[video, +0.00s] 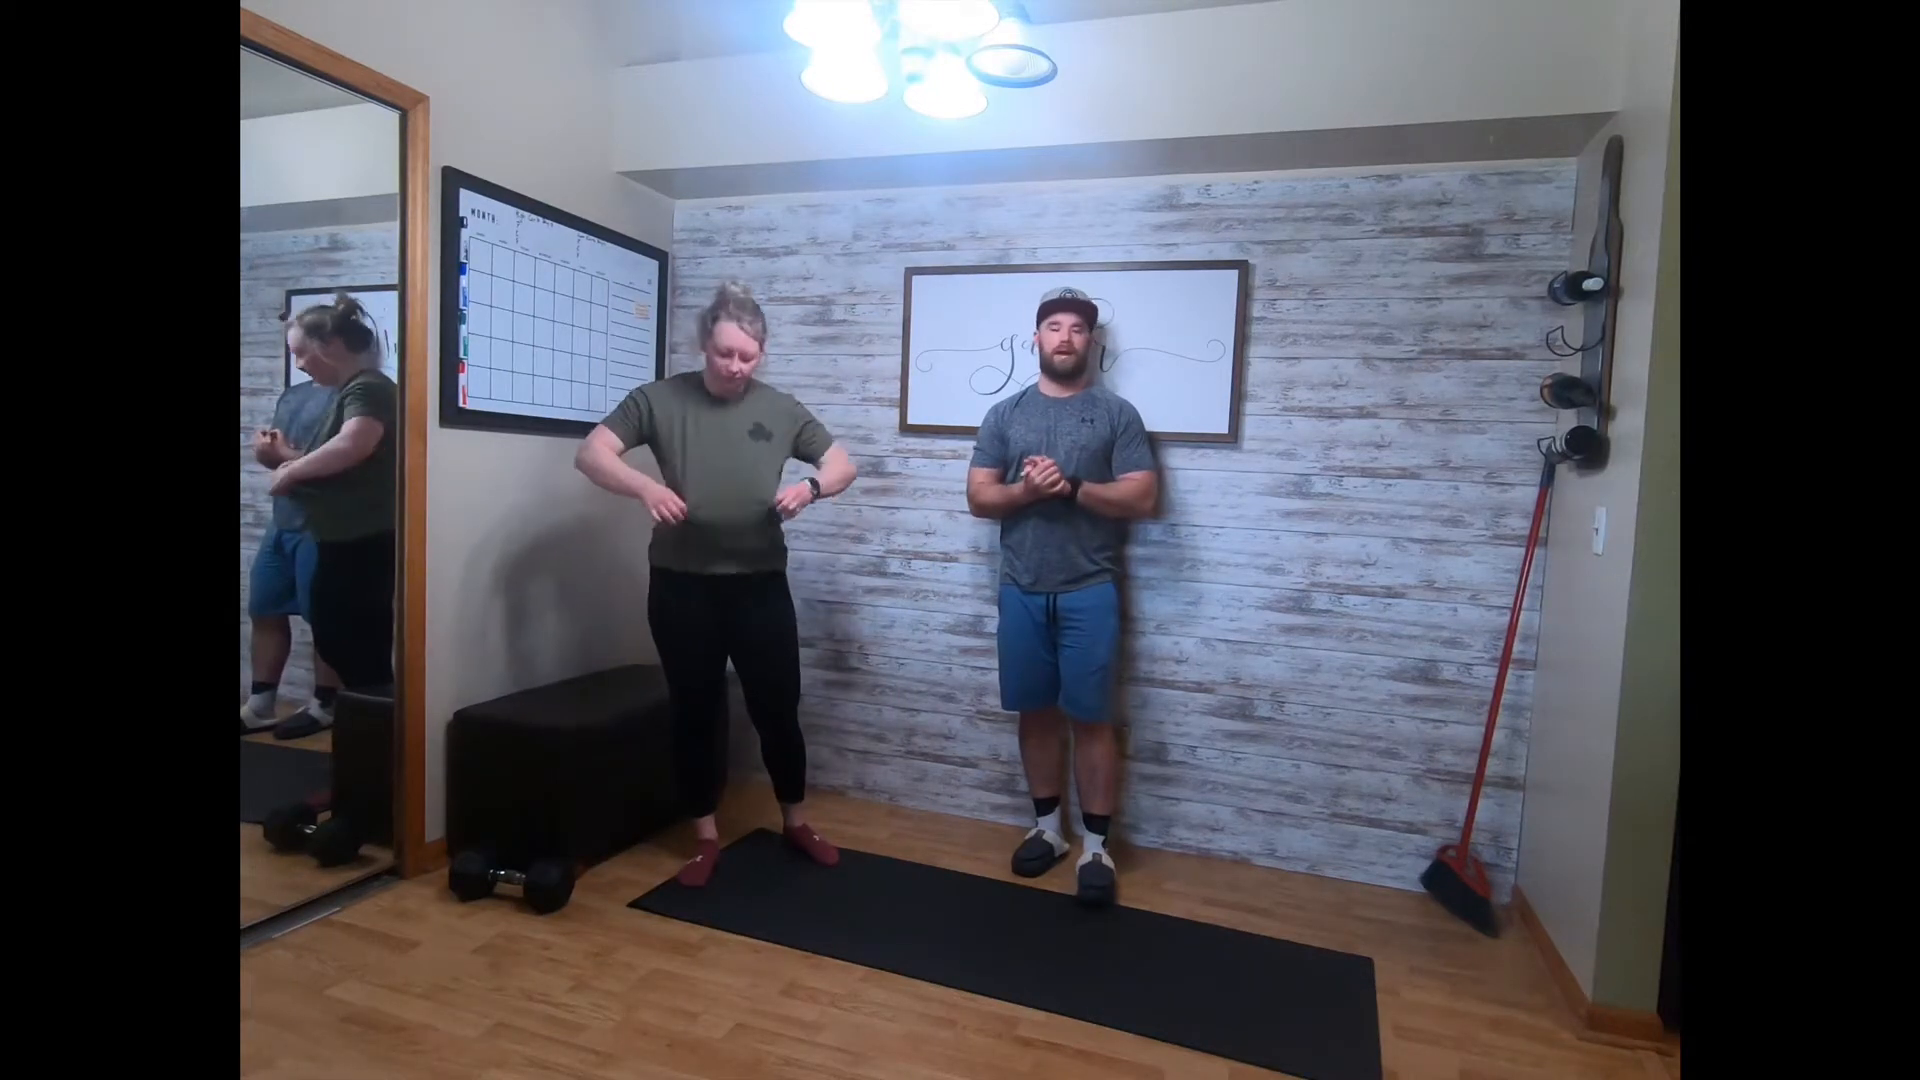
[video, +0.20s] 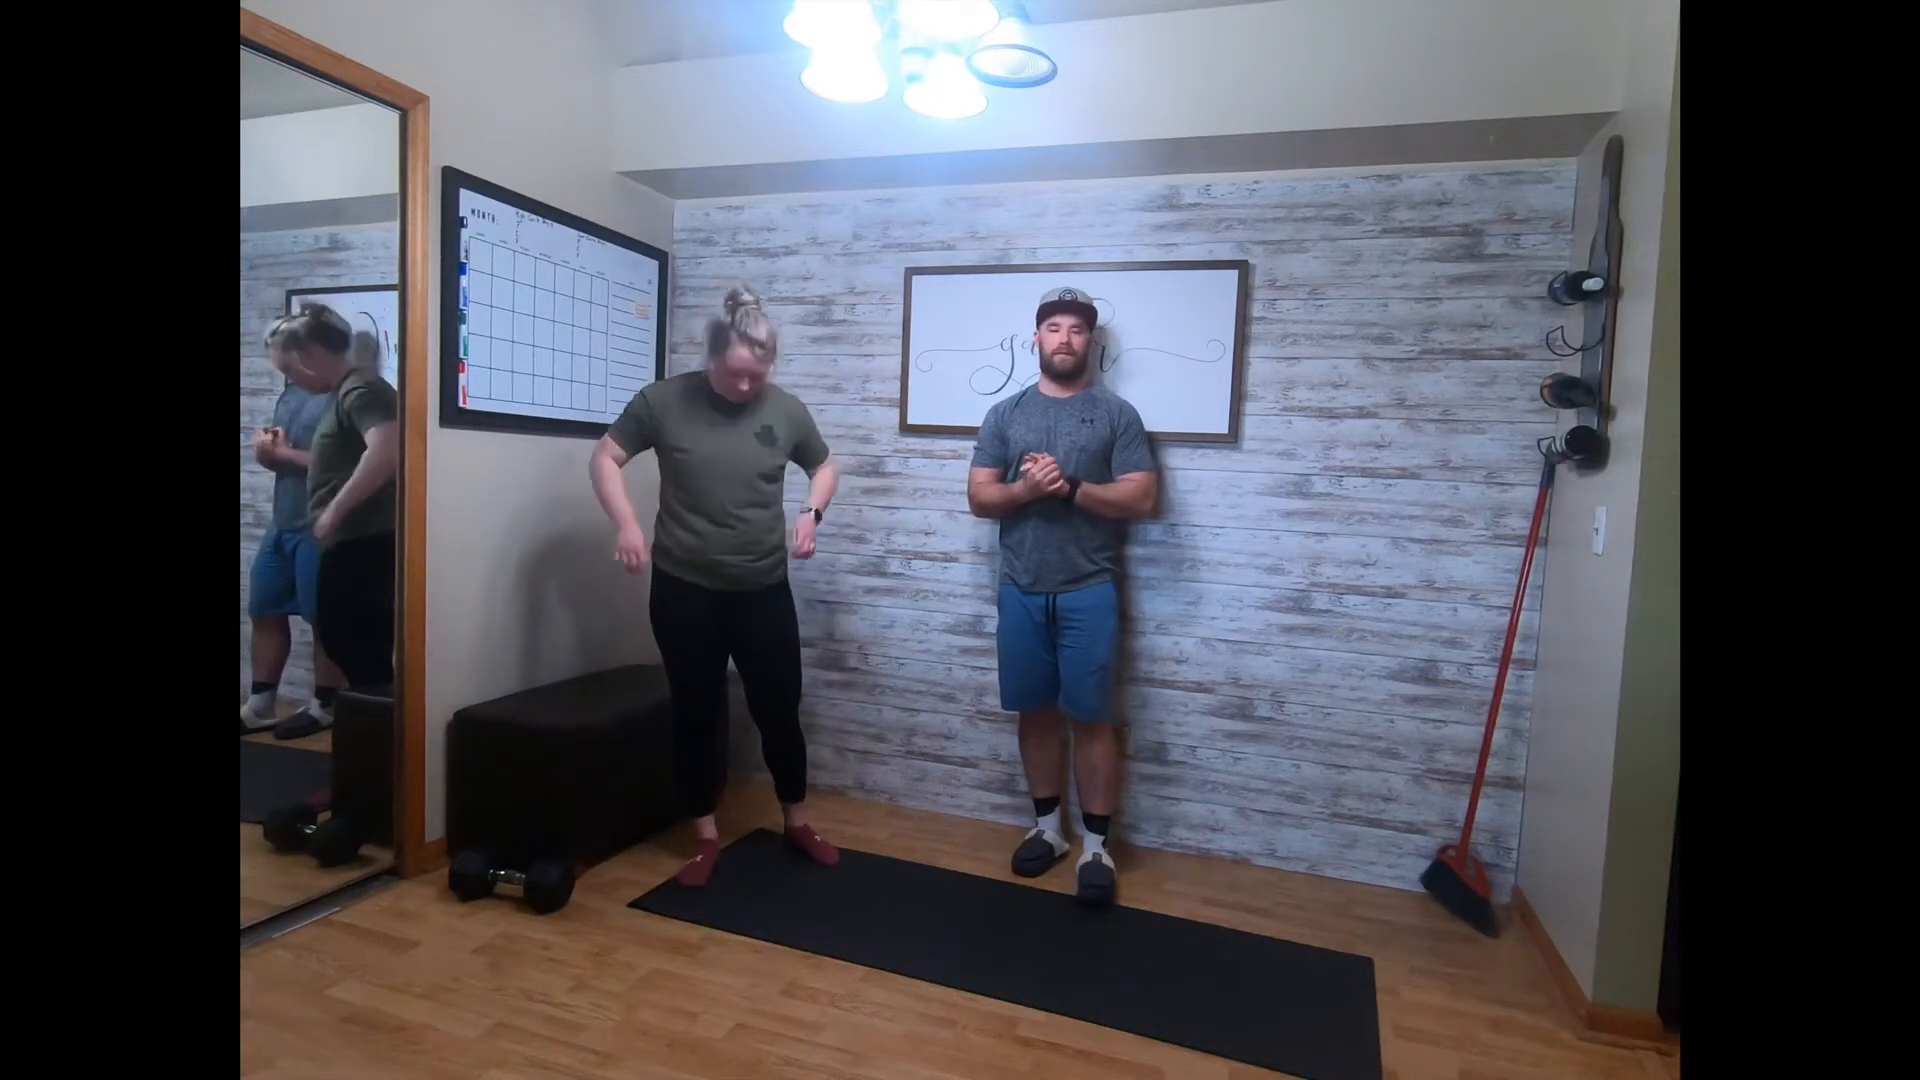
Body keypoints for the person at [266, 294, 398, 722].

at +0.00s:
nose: (302, 367)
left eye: (303, 355)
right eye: (298, 359)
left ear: (330, 345)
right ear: (333, 346)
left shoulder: (368, 388)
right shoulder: (349, 392)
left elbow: (356, 444)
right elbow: (332, 451)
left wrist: (291, 472)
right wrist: (288, 454)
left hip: (364, 541)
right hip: (344, 539)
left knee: (356, 650)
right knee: (344, 645)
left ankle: (377, 752)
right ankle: (363, 747)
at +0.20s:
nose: (292, 381)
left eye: (288, 369)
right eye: (286, 373)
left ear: (307, 353)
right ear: (313, 352)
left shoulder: (361, 390)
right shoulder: (346, 396)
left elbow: (386, 452)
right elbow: (345, 461)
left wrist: (336, 511)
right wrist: (291, 452)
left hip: (365, 544)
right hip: (348, 543)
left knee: (359, 650)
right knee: (348, 646)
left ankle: (378, 753)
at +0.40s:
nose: (288, 389)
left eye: (284, 377)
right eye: (281, 382)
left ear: (301, 357)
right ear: (313, 355)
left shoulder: (348, 390)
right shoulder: (341, 394)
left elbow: (395, 437)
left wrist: (400, 511)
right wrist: (285, 451)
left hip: (361, 544)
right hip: (352, 543)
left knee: (362, 652)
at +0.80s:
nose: (286, 392)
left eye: (283, 380)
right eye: (280, 383)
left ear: (301, 361)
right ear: (319, 355)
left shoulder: (341, 396)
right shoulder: (369, 391)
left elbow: (377, 476)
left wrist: (426, 513)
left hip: (358, 548)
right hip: (376, 544)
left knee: (365, 660)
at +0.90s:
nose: (282, 397)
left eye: (277, 385)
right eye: (275, 389)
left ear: (294, 365)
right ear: (316, 355)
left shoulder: (336, 398)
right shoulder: (361, 393)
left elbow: (380, 477)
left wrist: (427, 516)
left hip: (362, 550)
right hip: (377, 547)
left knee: (369, 666)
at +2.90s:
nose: (306, 340)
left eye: (314, 332)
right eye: (308, 331)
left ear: (340, 341)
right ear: (343, 343)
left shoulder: (362, 395)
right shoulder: (347, 395)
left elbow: (390, 486)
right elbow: (384, 483)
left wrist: (428, 527)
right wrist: (428, 523)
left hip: (357, 548)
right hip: (343, 546)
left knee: (355, 660)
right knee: (352, 658)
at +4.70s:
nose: (326, 365)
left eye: (330, 354)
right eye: (324, 357)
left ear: (357, 351)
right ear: (358, 353)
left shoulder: (388, 400)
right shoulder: (360, 401)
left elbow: (414, 472)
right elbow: (355, 468)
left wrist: (411, 538)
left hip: (380, 544)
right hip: (356, 543)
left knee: (374, 647)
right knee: (363, 645)